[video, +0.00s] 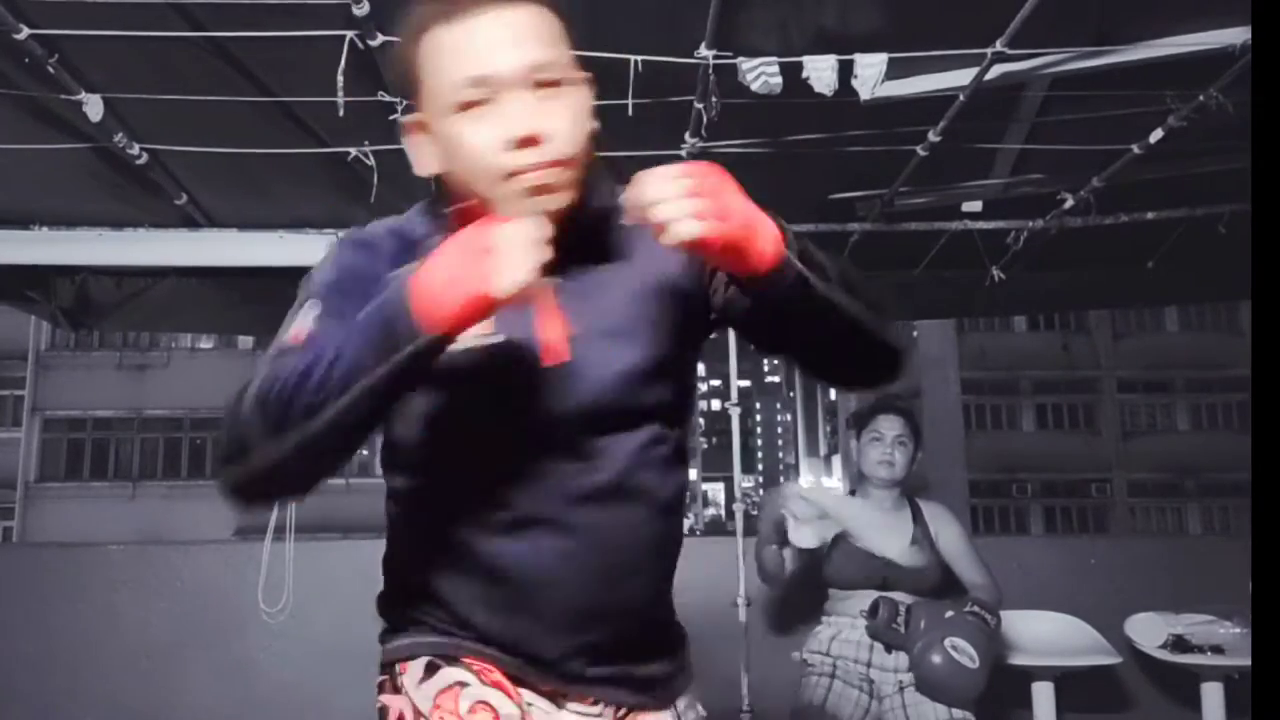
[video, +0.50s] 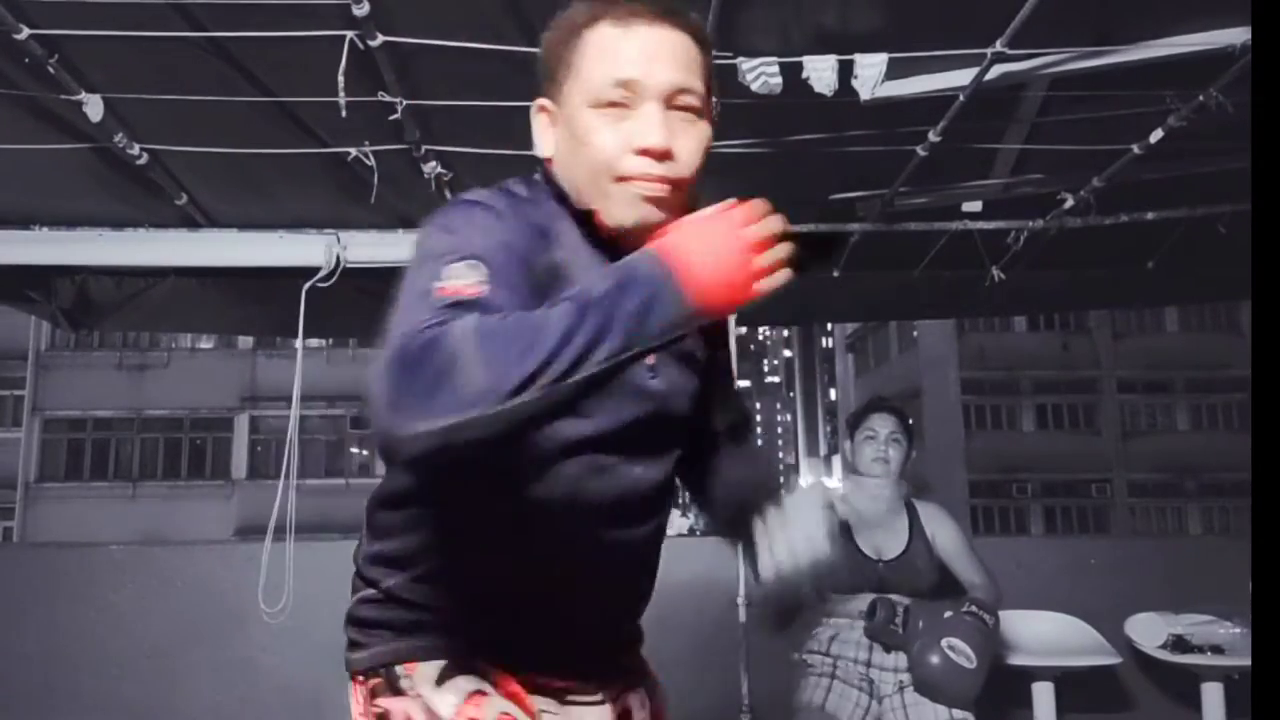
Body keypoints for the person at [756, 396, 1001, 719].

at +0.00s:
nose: (887, 451)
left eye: (900, 443)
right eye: (875, 440)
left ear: (914, 458)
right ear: (855, 449)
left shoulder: (933, 517)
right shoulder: (830, 512)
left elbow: (985, 588)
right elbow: (775, 577)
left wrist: (977, 617)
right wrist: (771, 522)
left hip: (922, 666)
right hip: (841, 662)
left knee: (937, 716)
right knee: (826, 713)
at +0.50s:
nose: (882, 447)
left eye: (894, 440)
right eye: (870, 437)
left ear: (907, 456)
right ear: (849, 450)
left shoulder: (930, 518)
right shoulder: (819, 516)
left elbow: (983, 587)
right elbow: (802, 599)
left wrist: (975, 617)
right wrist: (870, 608)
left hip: (921, 668)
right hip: (837, 664)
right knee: (824, 712)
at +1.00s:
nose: (885, 452)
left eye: (899, 443)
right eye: (874, 441)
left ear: (917, 457)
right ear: (857, 450)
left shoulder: (937, 515)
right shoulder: (825, 507)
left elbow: (984, 591)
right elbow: (755, 541)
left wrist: (951, 617)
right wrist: (806, 549)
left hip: (921, 670)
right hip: (838, 667)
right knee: (820, 711)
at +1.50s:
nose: (885, 452)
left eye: (897, 443)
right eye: (872, 442)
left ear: (912, 454)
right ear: (852, 450)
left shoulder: (932, 515)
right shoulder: (831, 513)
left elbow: (983, 589)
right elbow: (760, 558)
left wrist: (971, 619)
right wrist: (805, 521)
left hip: (923, 671)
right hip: (841, 667)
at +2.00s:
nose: (885, 450)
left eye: (899, 442)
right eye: (874, 439)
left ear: (913, 456)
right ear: (854, 448)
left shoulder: (933, 516)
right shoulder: (830, 516)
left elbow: (983, 588)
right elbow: (772, 573)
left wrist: (973, 619)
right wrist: (786, 518)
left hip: (921, 665)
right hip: (839, 662)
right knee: (824, 711)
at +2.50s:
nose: (887, 451)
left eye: (900, 443)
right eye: (875, 439)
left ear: (915, 457)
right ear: (856, 449)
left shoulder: (934, 517)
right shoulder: (828, 512)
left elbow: (985, 589)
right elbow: (777, 576)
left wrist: (977, 616)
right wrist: (764, 518)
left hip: (920, 665)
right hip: (840, 661)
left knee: (938, 716)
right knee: (829, 713)